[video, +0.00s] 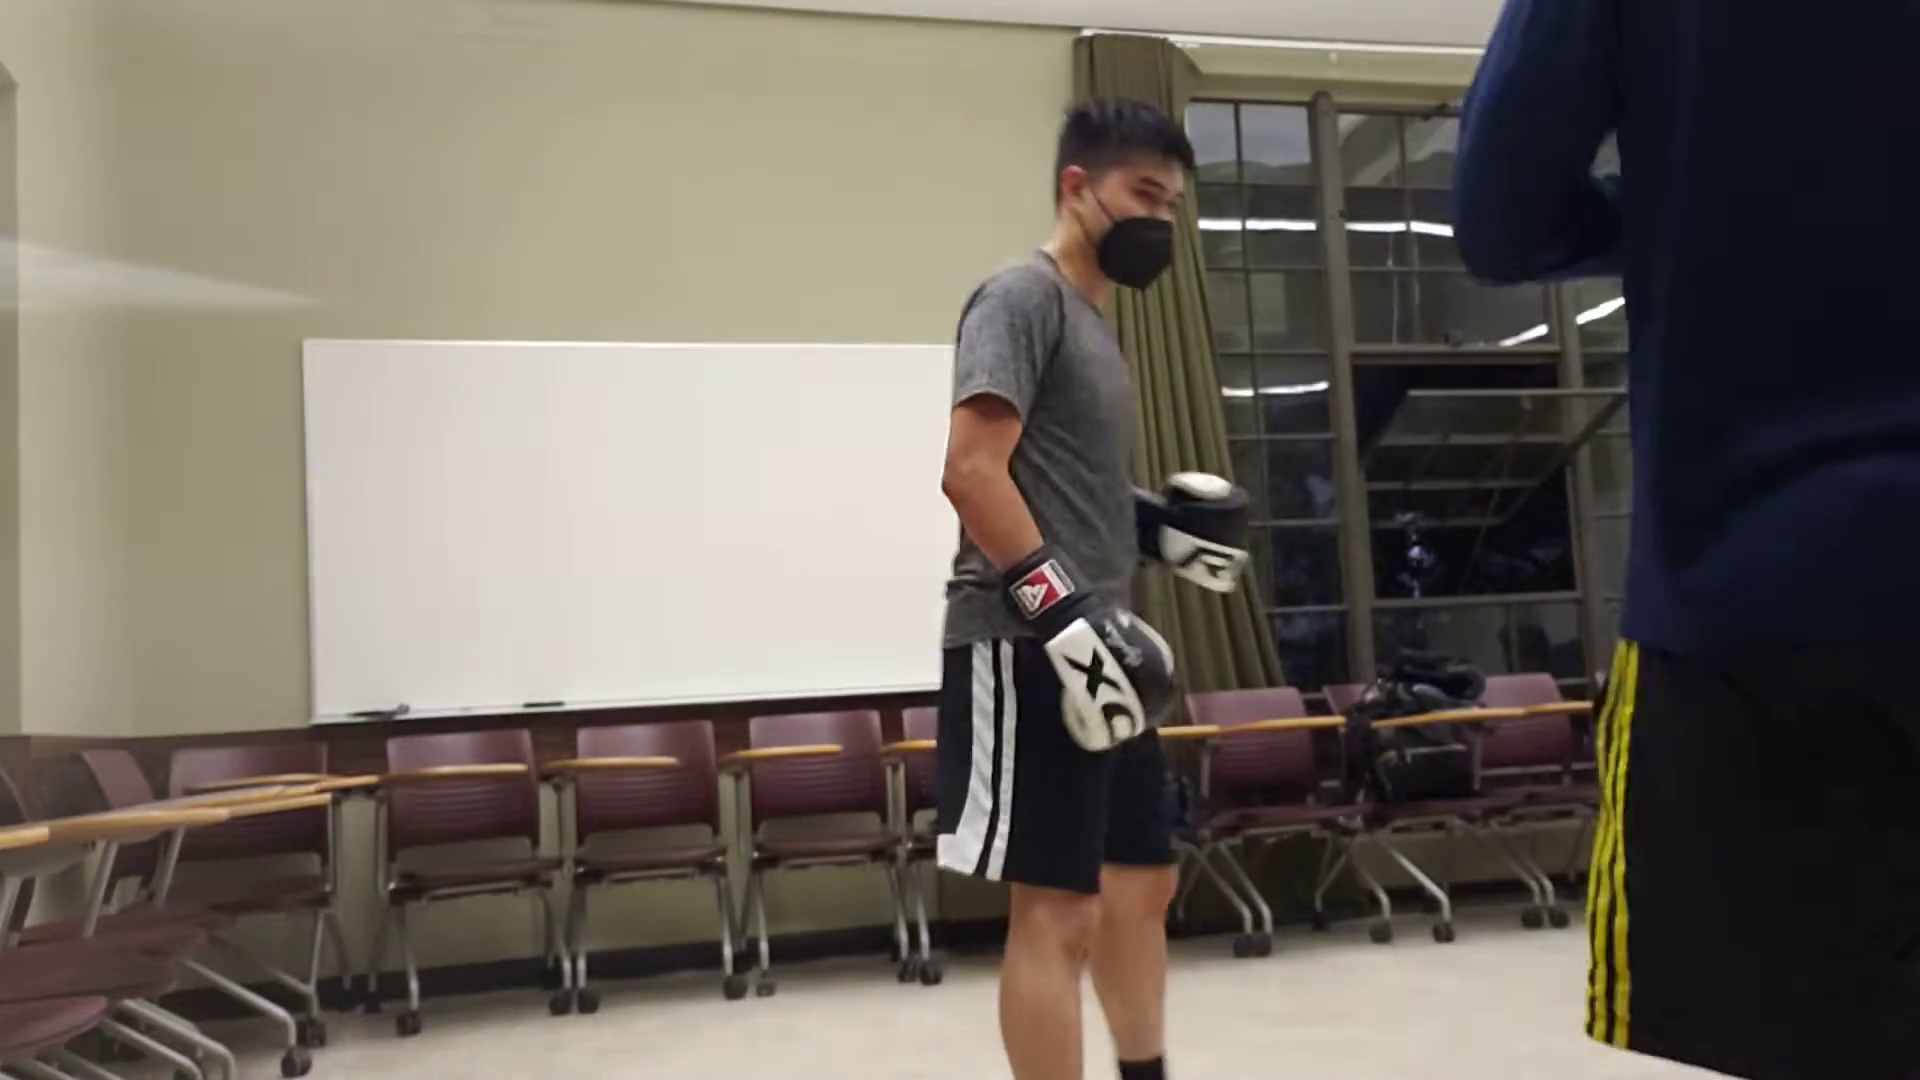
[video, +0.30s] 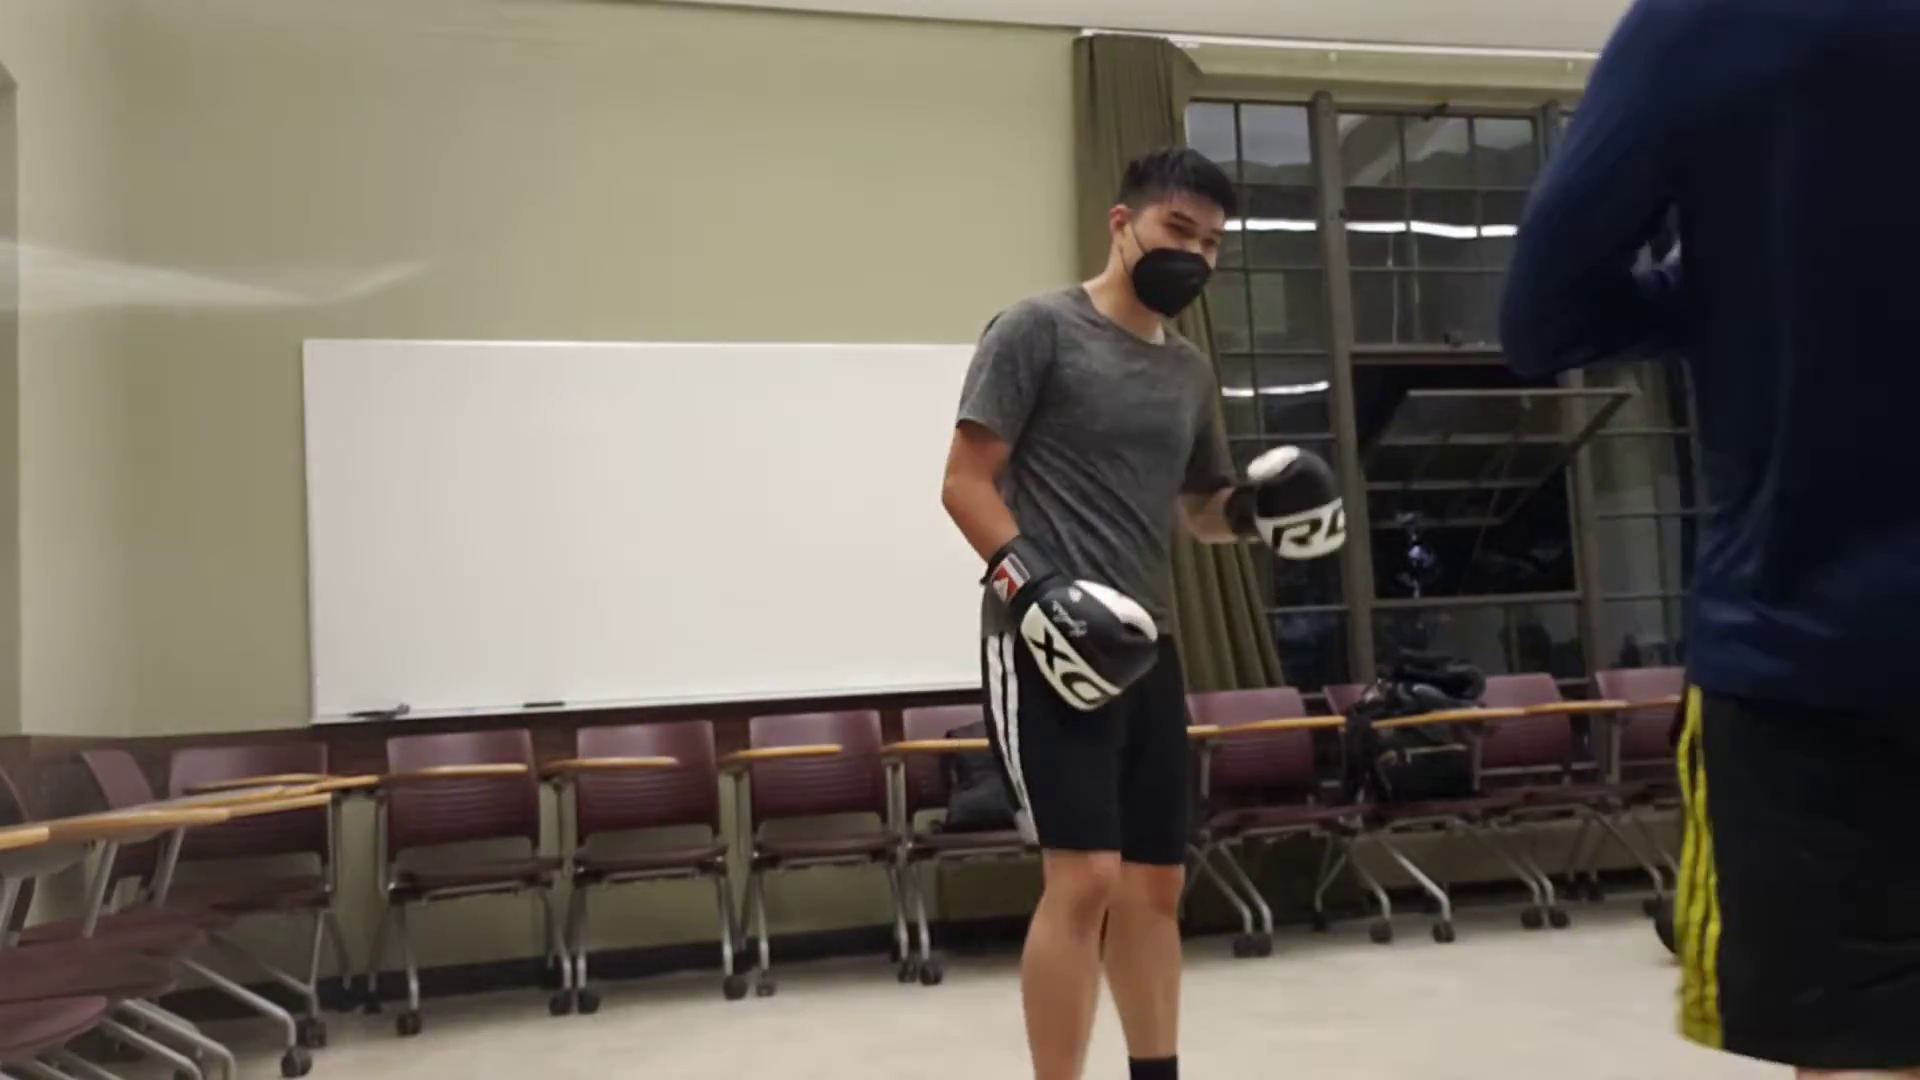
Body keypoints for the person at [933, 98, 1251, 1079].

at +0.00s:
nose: (1161, 219)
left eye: (1171, 203)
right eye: (1144, 192)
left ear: (1171, 209)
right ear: (1076, 186)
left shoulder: (1090, 321)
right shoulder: (1022, 297)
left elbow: (1057, 492)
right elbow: (970, 472)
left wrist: (1150, 521)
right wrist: (1061, 616)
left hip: (1099, 638)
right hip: (1025, 644)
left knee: (1139, 878)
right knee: (1054, 912)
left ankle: (1145, 1076)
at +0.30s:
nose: (1193, 252)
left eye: (1209, 241)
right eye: (1177, 228)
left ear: (1217, 256)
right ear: (1122, 223)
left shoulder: (1187, 365)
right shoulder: (1037, 328)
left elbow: (1200, 511)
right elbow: (965, 482)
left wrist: (1260, 506)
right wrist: (1033, 591)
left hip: (1147, 647)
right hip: (1051, 641)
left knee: (1154, 885)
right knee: (1083, 878)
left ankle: (1156, 1074)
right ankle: (1057, 1079)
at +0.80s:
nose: (1119, 302)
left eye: (1129, 286)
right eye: (1101, 283)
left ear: (1135, 292)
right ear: (1047, 285)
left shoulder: (1108, 396)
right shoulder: (989, 395)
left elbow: (1099, 528)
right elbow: (974, 555)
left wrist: (1138, 573)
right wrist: (998, 690)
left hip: (1102, 668)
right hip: (1021, 678)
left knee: (1138, 865)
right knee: (1023, 884)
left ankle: (1166, 1070)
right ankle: (1016, 1070)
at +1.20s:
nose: (1088, 314)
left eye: (1096, 299)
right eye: (1069, 297)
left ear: (1103, 303)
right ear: (1018, 299)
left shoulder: (1082, 408)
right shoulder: (974, 403)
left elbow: (1116, 530)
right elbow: (946, 544)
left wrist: (1164, 473)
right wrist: (956, 679)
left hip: (1069, 666)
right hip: (1003, 670)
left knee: (1080, 847)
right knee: (1007, 865)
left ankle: (1058, 1039)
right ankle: (1011, 1065)